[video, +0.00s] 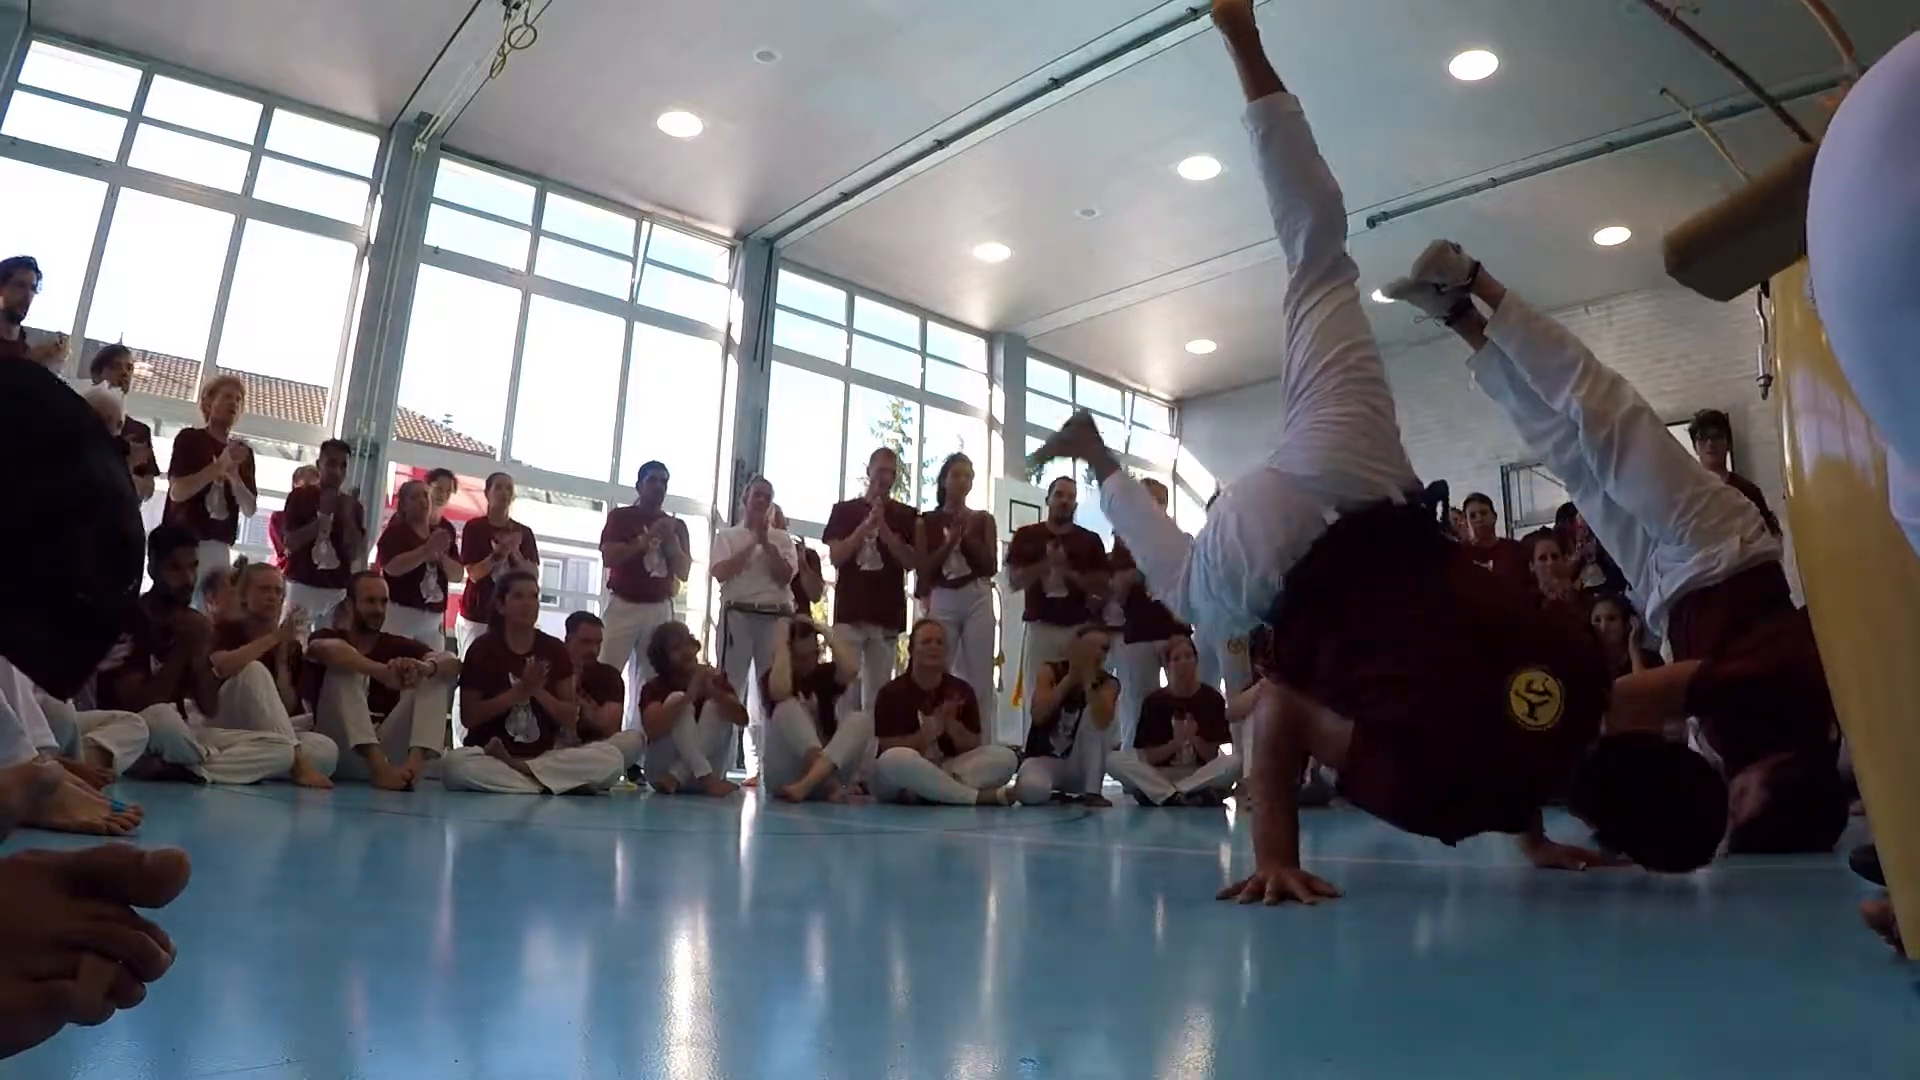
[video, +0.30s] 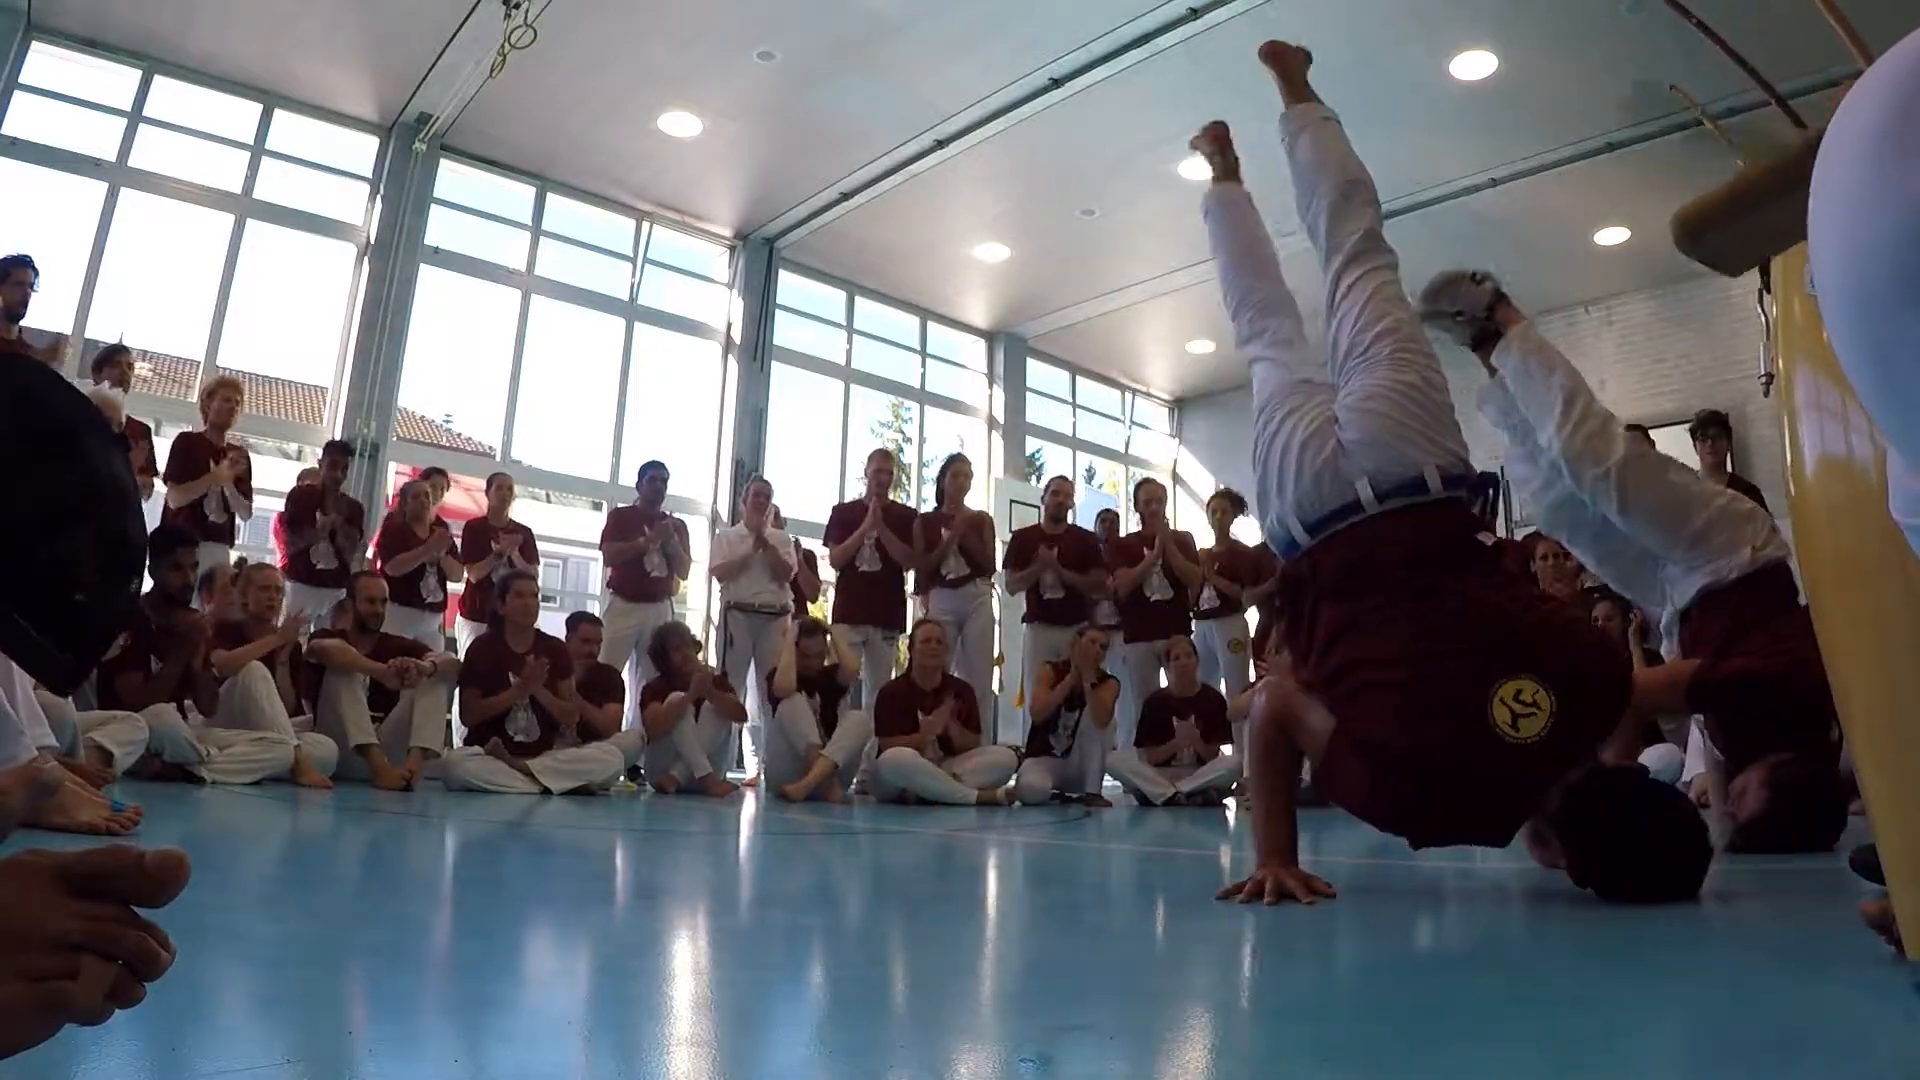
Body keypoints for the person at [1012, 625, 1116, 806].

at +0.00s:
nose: (1098, 654)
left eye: (1104, 649)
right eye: (1093, 646)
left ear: (1107, 652)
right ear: (1076, 645)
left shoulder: (1108, 683)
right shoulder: (1049, 671)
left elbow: (1102, 719)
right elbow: (1039, 715)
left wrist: (1089, 680)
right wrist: (1070, 679)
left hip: (1081, 763)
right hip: (1043, 761)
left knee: (1095, 713)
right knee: (1032, 792)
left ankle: (1093, 792)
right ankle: (1057, 798)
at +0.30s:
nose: (1096, 651)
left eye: (1102, 647)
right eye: (1091, 643)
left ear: (1106, 653)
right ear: (1076, 643)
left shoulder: (1108, 682)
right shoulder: (1050, 670)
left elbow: (1101, 718)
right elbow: (1038, 713)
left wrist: (1088, 674)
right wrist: (1072, 677)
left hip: (1081, 763)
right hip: (1043, 761)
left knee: (1096, 712)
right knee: (1031, 792)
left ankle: (1093, 792)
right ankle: (1057, 797)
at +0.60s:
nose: (1096, 652)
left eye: (1102, 649)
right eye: (1091, 644)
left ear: (1104, 654)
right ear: (1074, 644)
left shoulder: (1107, 682)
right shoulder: (1049, 670)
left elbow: (1101, 718)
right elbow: (1037, 715)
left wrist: (1086, 679)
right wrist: (1064, 678)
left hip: (1081, 764)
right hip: (1043, 761)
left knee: (1095, 712)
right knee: (1031, 792)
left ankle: (1093, 792)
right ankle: (1057, 798)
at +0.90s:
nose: (1097, 651)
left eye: (1102, 647)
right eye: (1091, 643)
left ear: (1106, 653)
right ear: (1074, 644)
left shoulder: (1107, 682)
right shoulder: (1049, 671)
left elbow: (1099, 718)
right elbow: (1038, 715)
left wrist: (1086, 676)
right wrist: (1068, 674)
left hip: (1081, 763)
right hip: (1043, 761)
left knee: (1095, 711)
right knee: (1031, 792)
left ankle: (1092, 792)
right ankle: (1057, 797)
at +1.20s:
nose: (1097, 650)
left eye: (1102, 647)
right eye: (1091, 643)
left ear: (1105, 655)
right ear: (1074, 645)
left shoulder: (1102, 680)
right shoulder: (1048, 671)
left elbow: (1101, 721)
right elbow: (1037, 716)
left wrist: (1089, 678)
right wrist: (1065, 675)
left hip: (1079, 763)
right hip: (1042, 762)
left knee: (1094, 712)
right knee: (1032, 791)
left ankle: (1092, 791)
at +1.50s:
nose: (1096, 652)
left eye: (1103, 648)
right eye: (1091, 643)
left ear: (1106, 652)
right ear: (1074, 643)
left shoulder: (1108, 682)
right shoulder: (1049, 670)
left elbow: (1101, 720)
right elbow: (1038, 715)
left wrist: (1085, 676)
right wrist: (1071, 679)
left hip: (1076, 759)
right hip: (1040, 754)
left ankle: (1011, 794)